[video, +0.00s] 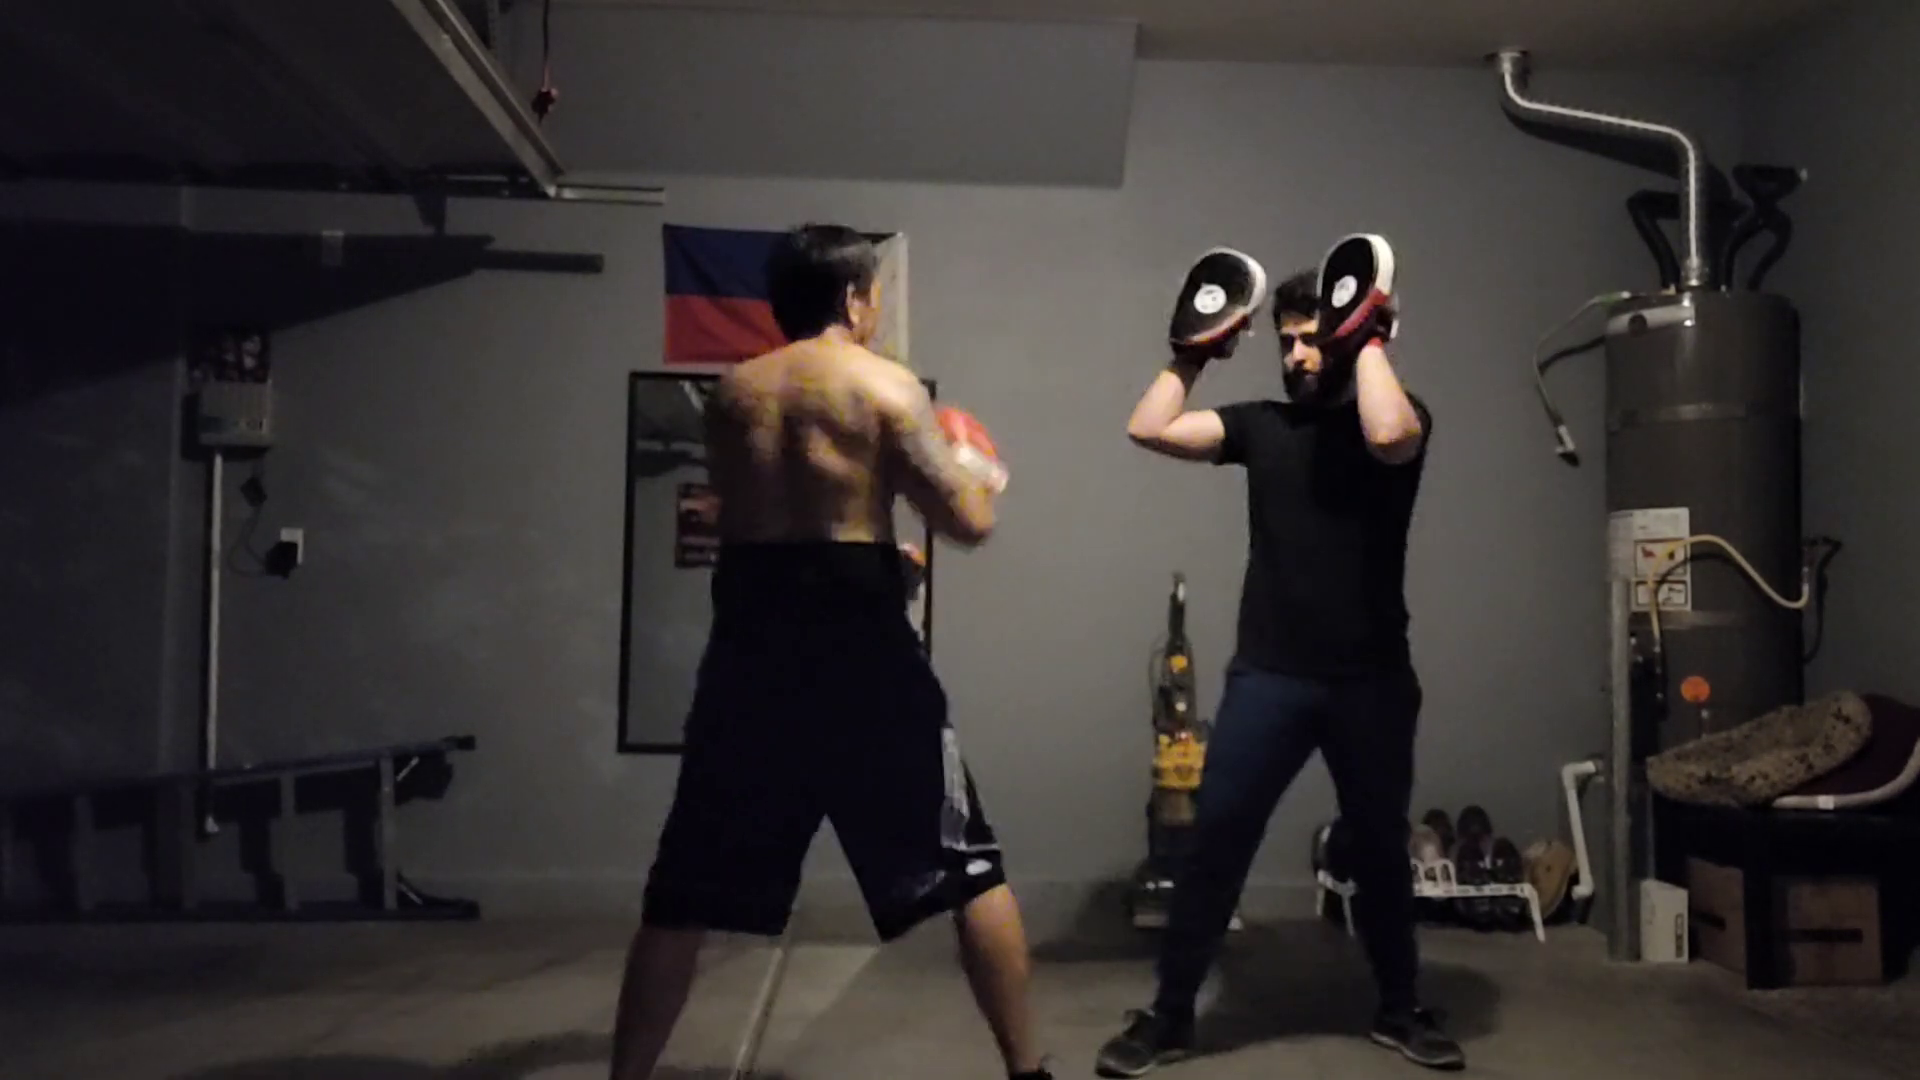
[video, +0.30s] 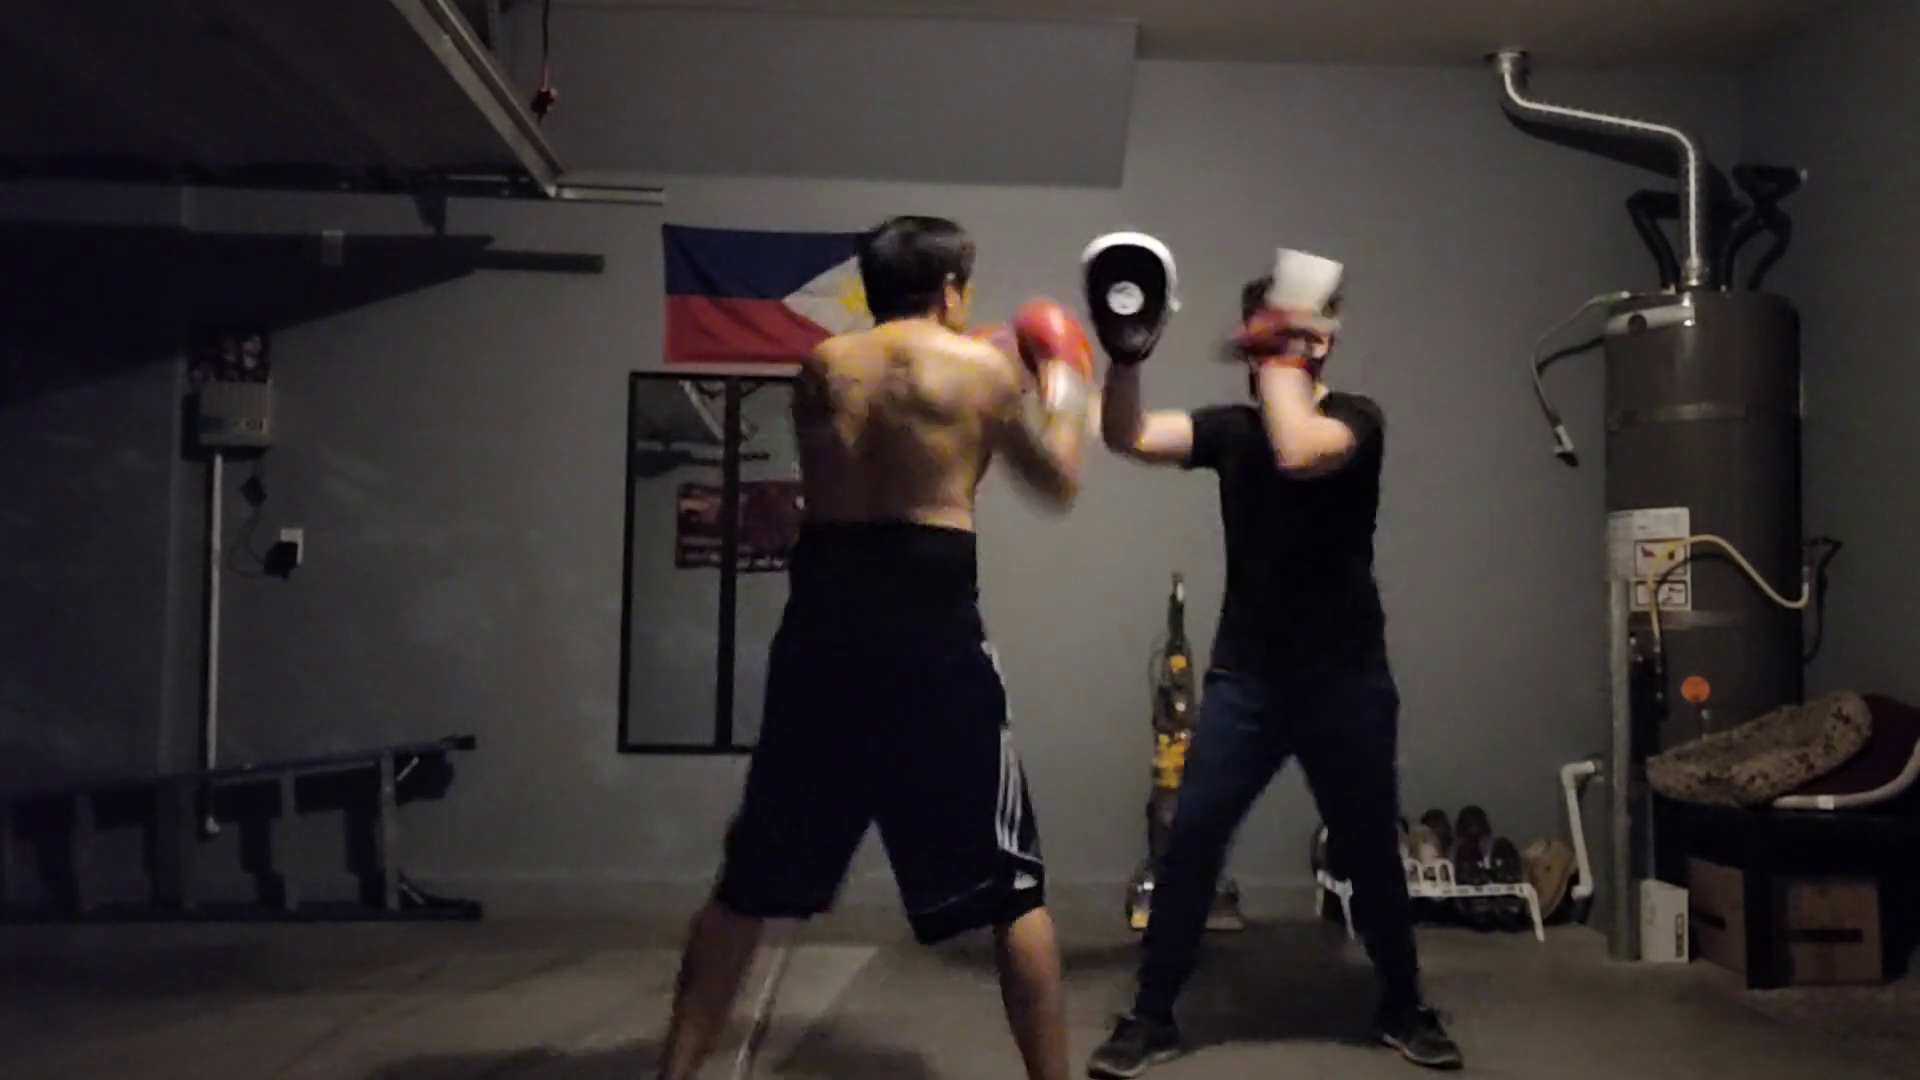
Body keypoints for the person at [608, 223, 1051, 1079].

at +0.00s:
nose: (880, 312)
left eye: (875, 297)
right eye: (877, 299)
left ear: (787, 303)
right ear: (854, 305)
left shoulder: (730, 389)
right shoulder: (883, 386)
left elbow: (755, 515)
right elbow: (973, 521)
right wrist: (981, 472)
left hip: (748, 665)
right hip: (866, 664)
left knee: (681, 889)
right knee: (969, 869)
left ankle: (626, 1071)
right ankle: (1027, 1066)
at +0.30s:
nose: (970, 298)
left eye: (966, 286)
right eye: (968, 286)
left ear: (872, 290)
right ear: (953, 293)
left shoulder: (821, 364)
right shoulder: (986, 366)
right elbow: (1059, 478)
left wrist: (975, 362)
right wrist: (1060, 382)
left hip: (823, 625)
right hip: (933, 631)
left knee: (757, 864)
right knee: (1013, 879)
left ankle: (675, 1064)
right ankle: (1052, 1070)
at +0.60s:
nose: (1018, 302)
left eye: (1013, 291)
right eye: (1015, 292)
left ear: (919, 292)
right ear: (998, 294)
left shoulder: (855, 372)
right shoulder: (1029, 353)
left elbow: (842, 521)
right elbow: (1149, 423)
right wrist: (1128, 354)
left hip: (849, 647)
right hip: (960, 648)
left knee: (787, 861)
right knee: (1038, 890)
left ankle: (696, 1047)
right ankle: (1064, 1072)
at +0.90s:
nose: (1031, 306)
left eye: (1026, 294)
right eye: (1029, 295)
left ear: (939, 300)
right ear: (1016, 301)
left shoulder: (872, 381)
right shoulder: (1046, 365)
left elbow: (847, 519)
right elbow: (1147, 398)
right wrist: (1132, 336)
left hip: (867, 649)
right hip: (976, 653)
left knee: (790, 861)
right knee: (1052, 888)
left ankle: (694, 1043)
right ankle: (1070, 1071)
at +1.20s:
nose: (1016, 306)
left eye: (1012, 293)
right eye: (1013, 295)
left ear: (923, 298)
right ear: (1000, 301)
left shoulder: (867, 374)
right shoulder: (1026, 373)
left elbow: (933, 458)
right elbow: (1117, 475)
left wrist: (1043, 378)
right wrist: (1137, 369)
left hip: (862, 637)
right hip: (973, 641)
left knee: (780, 869)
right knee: (1048, 884)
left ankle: (695, 1065)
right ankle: (1069, 1069)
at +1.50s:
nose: (1007, 298)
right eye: (1006, 288)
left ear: (910, 295)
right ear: (995, 293)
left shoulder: (863, 376)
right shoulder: (1046, 356)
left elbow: (826, 520)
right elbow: (1177, 423)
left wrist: (895, 464)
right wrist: (1134, 347)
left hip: (904, 639)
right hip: (1021, 640)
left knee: (824, 894)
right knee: (1070, 875)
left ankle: (772, 1070)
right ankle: (1103, 1063)